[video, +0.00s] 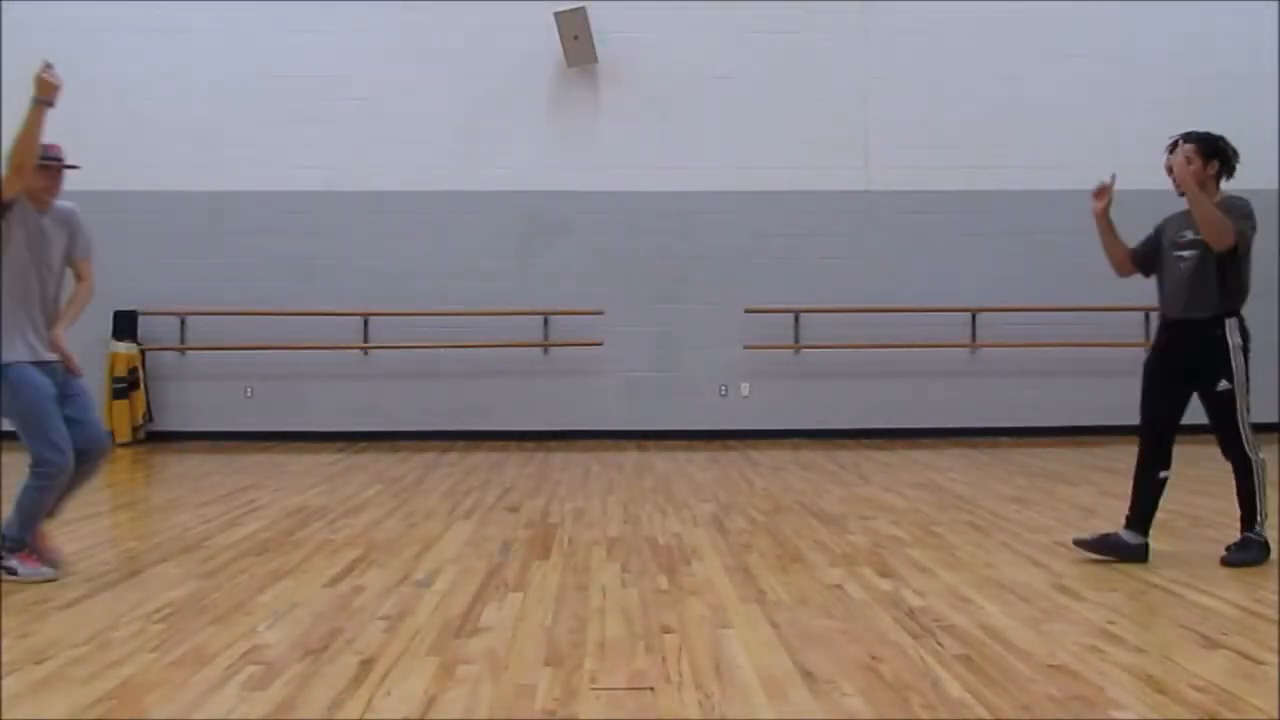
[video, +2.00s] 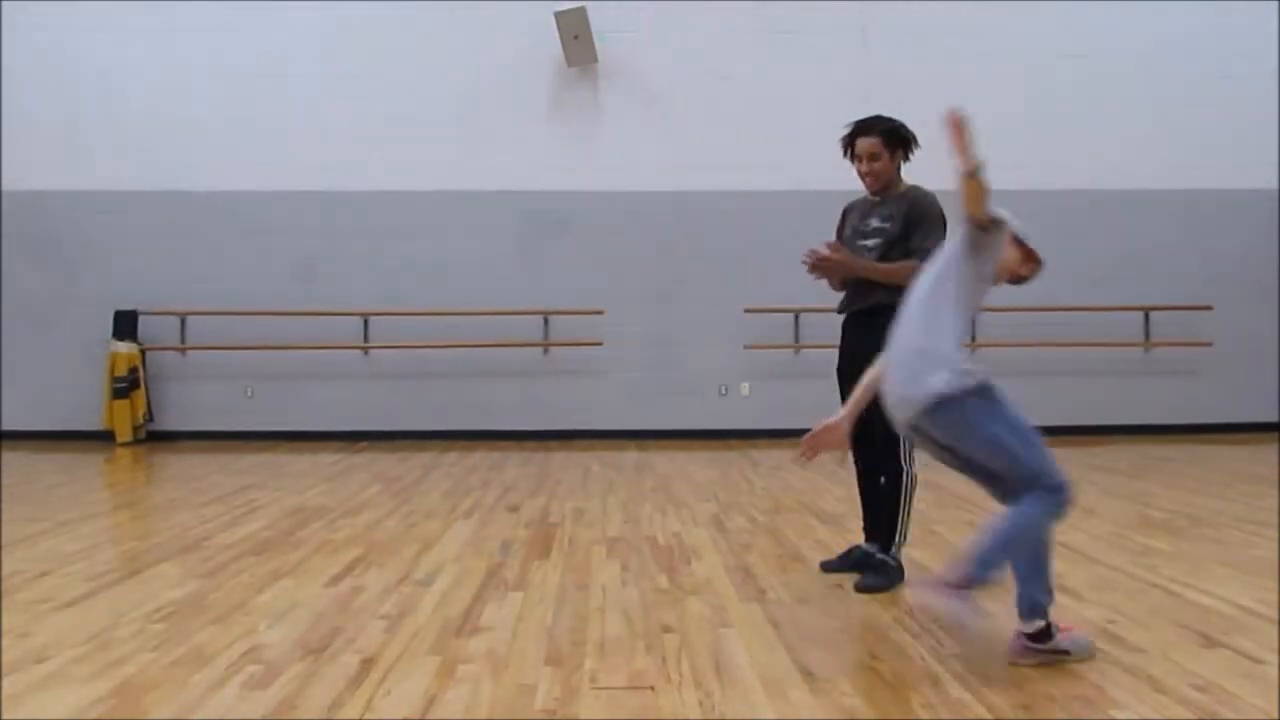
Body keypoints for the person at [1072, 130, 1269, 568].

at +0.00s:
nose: (1171, 168)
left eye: (1180, 160)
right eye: (1171, 161)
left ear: (1210, 167)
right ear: (1175, 171)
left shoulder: (1237, 210)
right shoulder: (1173, 224)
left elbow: (1223, 240)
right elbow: (1127, 265)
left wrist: (1191, 188)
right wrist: (1102, 219)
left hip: (1219, 339)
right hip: (1171, 340)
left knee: (1237, 441)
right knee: (1154, 438)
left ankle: (1255, 535)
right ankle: (1134, 535)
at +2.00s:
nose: (865, 167)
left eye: (874, 157)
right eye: (858, 158)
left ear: (899, 157)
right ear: (852, 162)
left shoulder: (921, 206)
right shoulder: (852, 213)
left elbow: (926, 274)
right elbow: (848, 280)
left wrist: (853, 267)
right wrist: (833, 268)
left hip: (897, 326)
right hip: (858, 327)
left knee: (890, 441)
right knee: (863, 440)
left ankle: (889, 552)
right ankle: (872, 543)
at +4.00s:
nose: (845, 137)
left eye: (851, 131)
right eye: (833, 135)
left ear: (865, 146)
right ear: (820, 159)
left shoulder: (902, 184)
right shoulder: (821, 217)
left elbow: (948, 221)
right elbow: (827, 287)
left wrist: (934, 255)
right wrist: (804, 253)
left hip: (895, 329)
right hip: (846, 334)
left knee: (898, 448)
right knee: (848, 448)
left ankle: (890, 555)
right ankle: (856, 550)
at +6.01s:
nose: (838, 148)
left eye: (849, 141)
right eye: (836, 142)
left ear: (877, 149)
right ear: (835, 152)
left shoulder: (898, 195)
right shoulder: (839, 206)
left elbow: (937, 252)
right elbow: (842, 271)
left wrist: (881, 283)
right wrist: (814, 250)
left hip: (881, 330)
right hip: (842, 333)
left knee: (875, 447)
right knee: (845, 447)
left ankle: (900, 556)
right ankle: (859, 551)